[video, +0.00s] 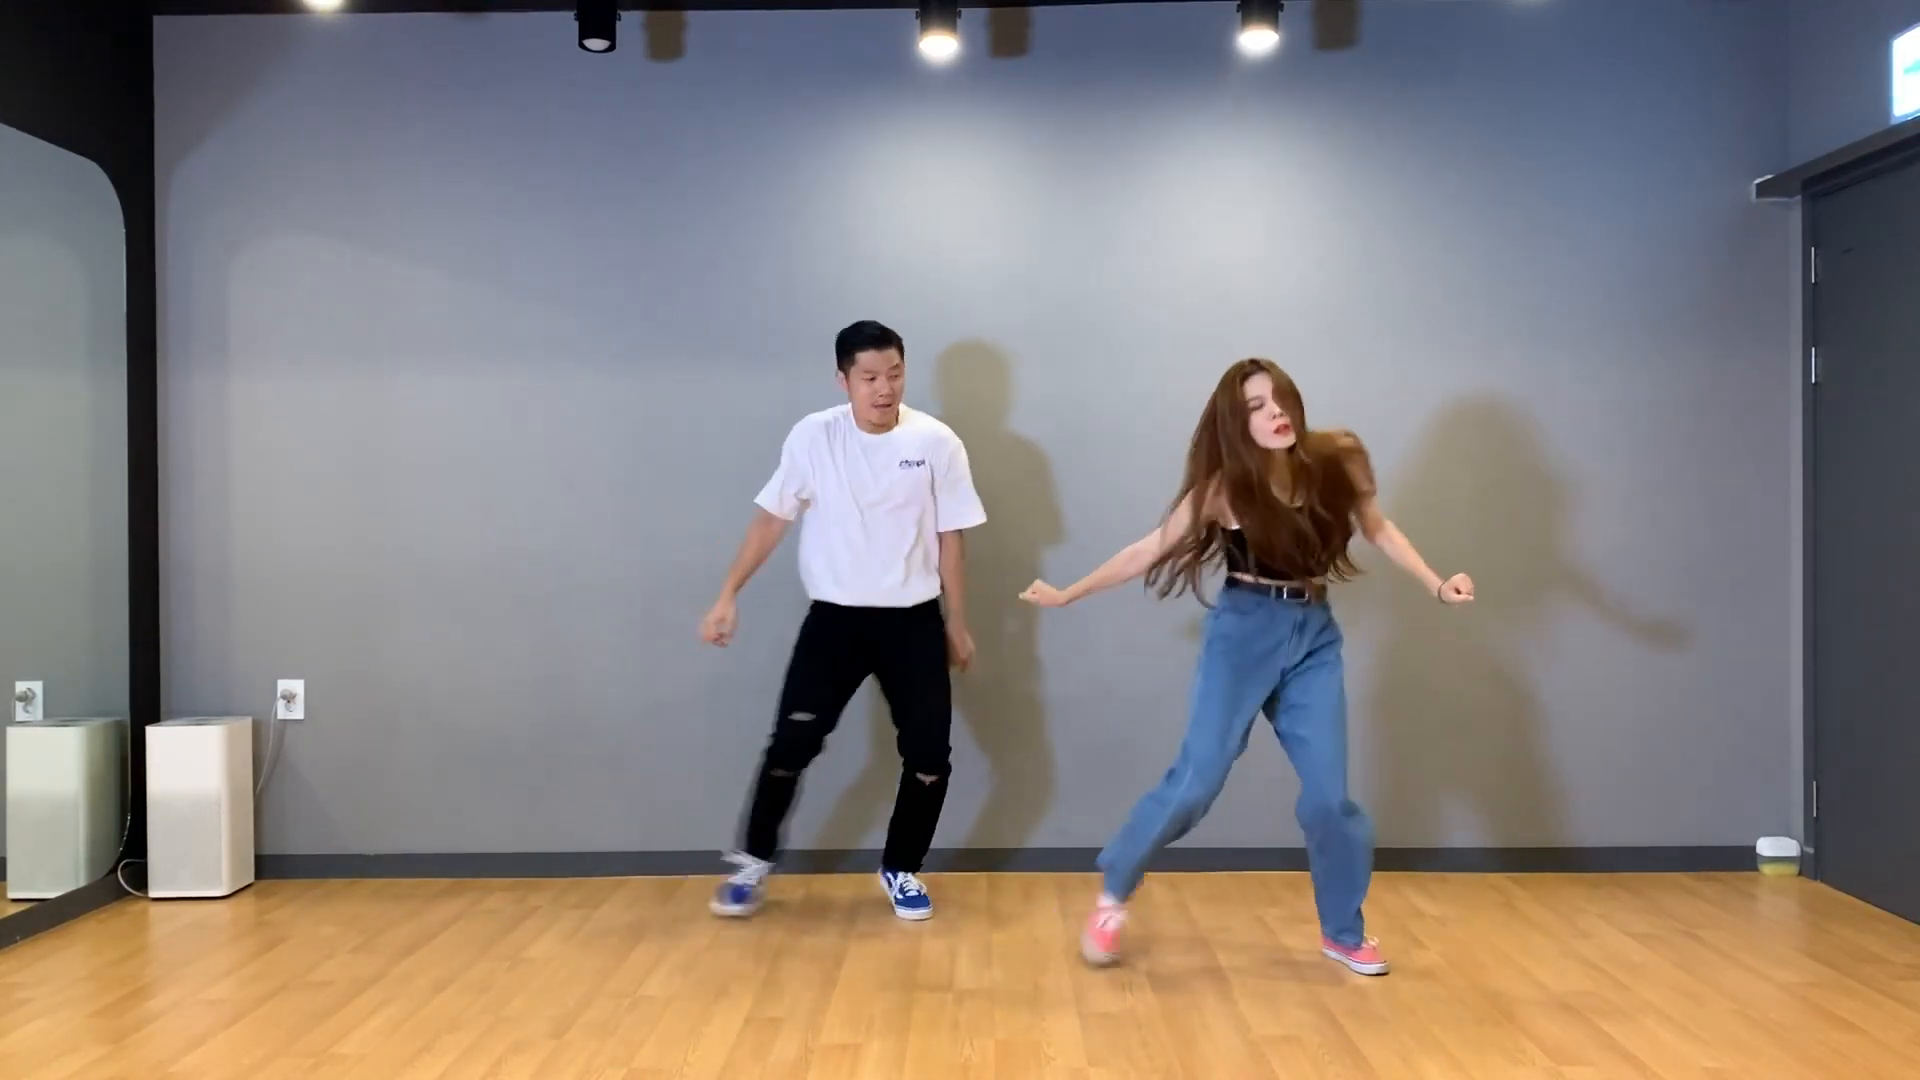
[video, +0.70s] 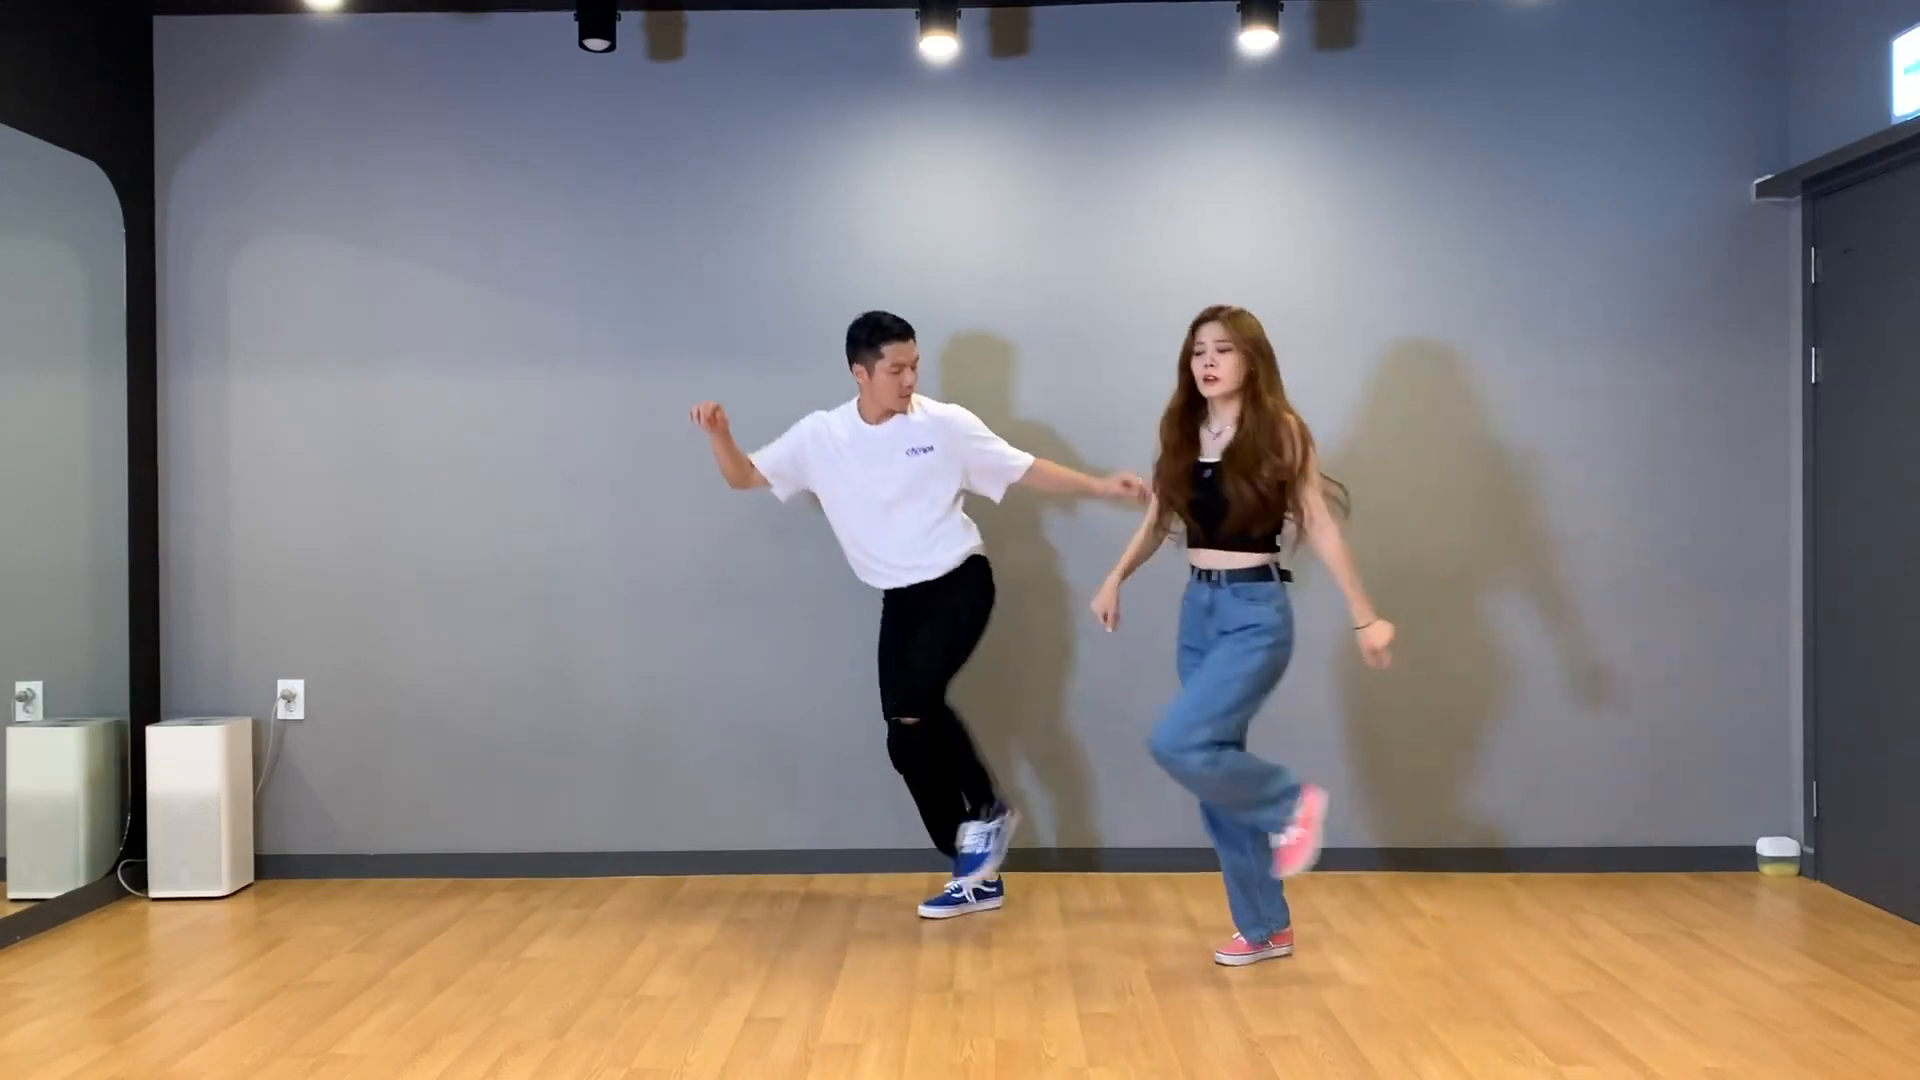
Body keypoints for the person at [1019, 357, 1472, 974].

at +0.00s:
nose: (1277, 412)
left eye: (1281, 399)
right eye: (1258, 406)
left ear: (1295, 403)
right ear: (1236, 423)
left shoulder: (1336, 460)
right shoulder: (1224, 487)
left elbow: (1378, 529)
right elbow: (1149, 551)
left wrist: (1437, 582)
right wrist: (1066, 595)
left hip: (1311, 632)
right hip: (1243, 629)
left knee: (1329, 796)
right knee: (1198, 784)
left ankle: (1343, 933)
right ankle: (1113, 891)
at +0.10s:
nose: (1278, 395)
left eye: (1284, 382)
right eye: (1261, 389)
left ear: (1301, 387)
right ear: (1243, 408)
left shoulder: (1344, 453)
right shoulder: (1231, 476)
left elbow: (1392, 523)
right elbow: (1162, 548)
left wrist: (1456, 576)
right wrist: (1084, 595)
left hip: (1327, 621)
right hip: (1250, 620)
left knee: (1349, 783)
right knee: (1228, 772)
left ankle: (1345, 928)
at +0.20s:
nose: (1279, 391)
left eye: (1287, 378)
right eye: (1263, 384)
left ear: (1306, 386)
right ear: (1245, 399)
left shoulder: (1346, 449)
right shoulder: (1228, 470)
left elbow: (1402, 524)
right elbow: (1178, 547)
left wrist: (1473, 573)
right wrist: (1102, 591)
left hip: (1345, 624)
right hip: (1265, 630)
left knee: (1411, 773)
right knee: (1259, 791)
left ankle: (1402, 903)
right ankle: (1263, 916)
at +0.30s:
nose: (1281, 404)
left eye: (1290, 392)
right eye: (1266, 396)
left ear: (1309, 401)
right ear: (1247, 410)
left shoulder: (1351, 468)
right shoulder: (1234, 485)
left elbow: (1420, 550)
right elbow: (1193, 570)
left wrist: (1497, 587)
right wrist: (1117, 588)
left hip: (1361, 639)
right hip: (1283, 647)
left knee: (1420, 794)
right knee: (1247, 795)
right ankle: (1266, 921)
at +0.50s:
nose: (1250, 384)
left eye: (1263, 374)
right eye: (1238, 376)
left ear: (1288, 387)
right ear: (1224, 393)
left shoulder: (1323, 456)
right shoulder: (1210, 464)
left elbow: (1397, 529)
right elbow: (1156, 536)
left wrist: (1476, 583)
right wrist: (1093, 563)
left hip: (1320, 634)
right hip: (1251, 637)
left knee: (1374, 795)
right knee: (1229, 799)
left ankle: (1483, 903)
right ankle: (1265, 930)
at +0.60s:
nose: (1229, 364)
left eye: (1243, 354)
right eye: (1219, 356)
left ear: (1271, 368)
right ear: (1205, 373)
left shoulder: (1300, 440)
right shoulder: (1194, 448)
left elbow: (1359, 522)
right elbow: (1154, 525)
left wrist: (1425, 600)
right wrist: (1099, 564)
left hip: (1288, 619)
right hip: (1223, 619)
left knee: (1274, 779)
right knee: (1227, 784)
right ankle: (1264, 928)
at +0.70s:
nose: (1208, 362)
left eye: (1222, 351)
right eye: (1199, 353)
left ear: (1252, 359)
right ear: (1188, 365)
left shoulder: (1281, 431)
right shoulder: (1185, 433)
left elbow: (1320, 526)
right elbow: (1158, 519)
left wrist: (1365, 617)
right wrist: (1114, 578)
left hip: (1257, 612)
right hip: (1197, 610)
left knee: (1175, 743)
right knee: (1216, 772)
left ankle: (1288, 803)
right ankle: (1264, 926)